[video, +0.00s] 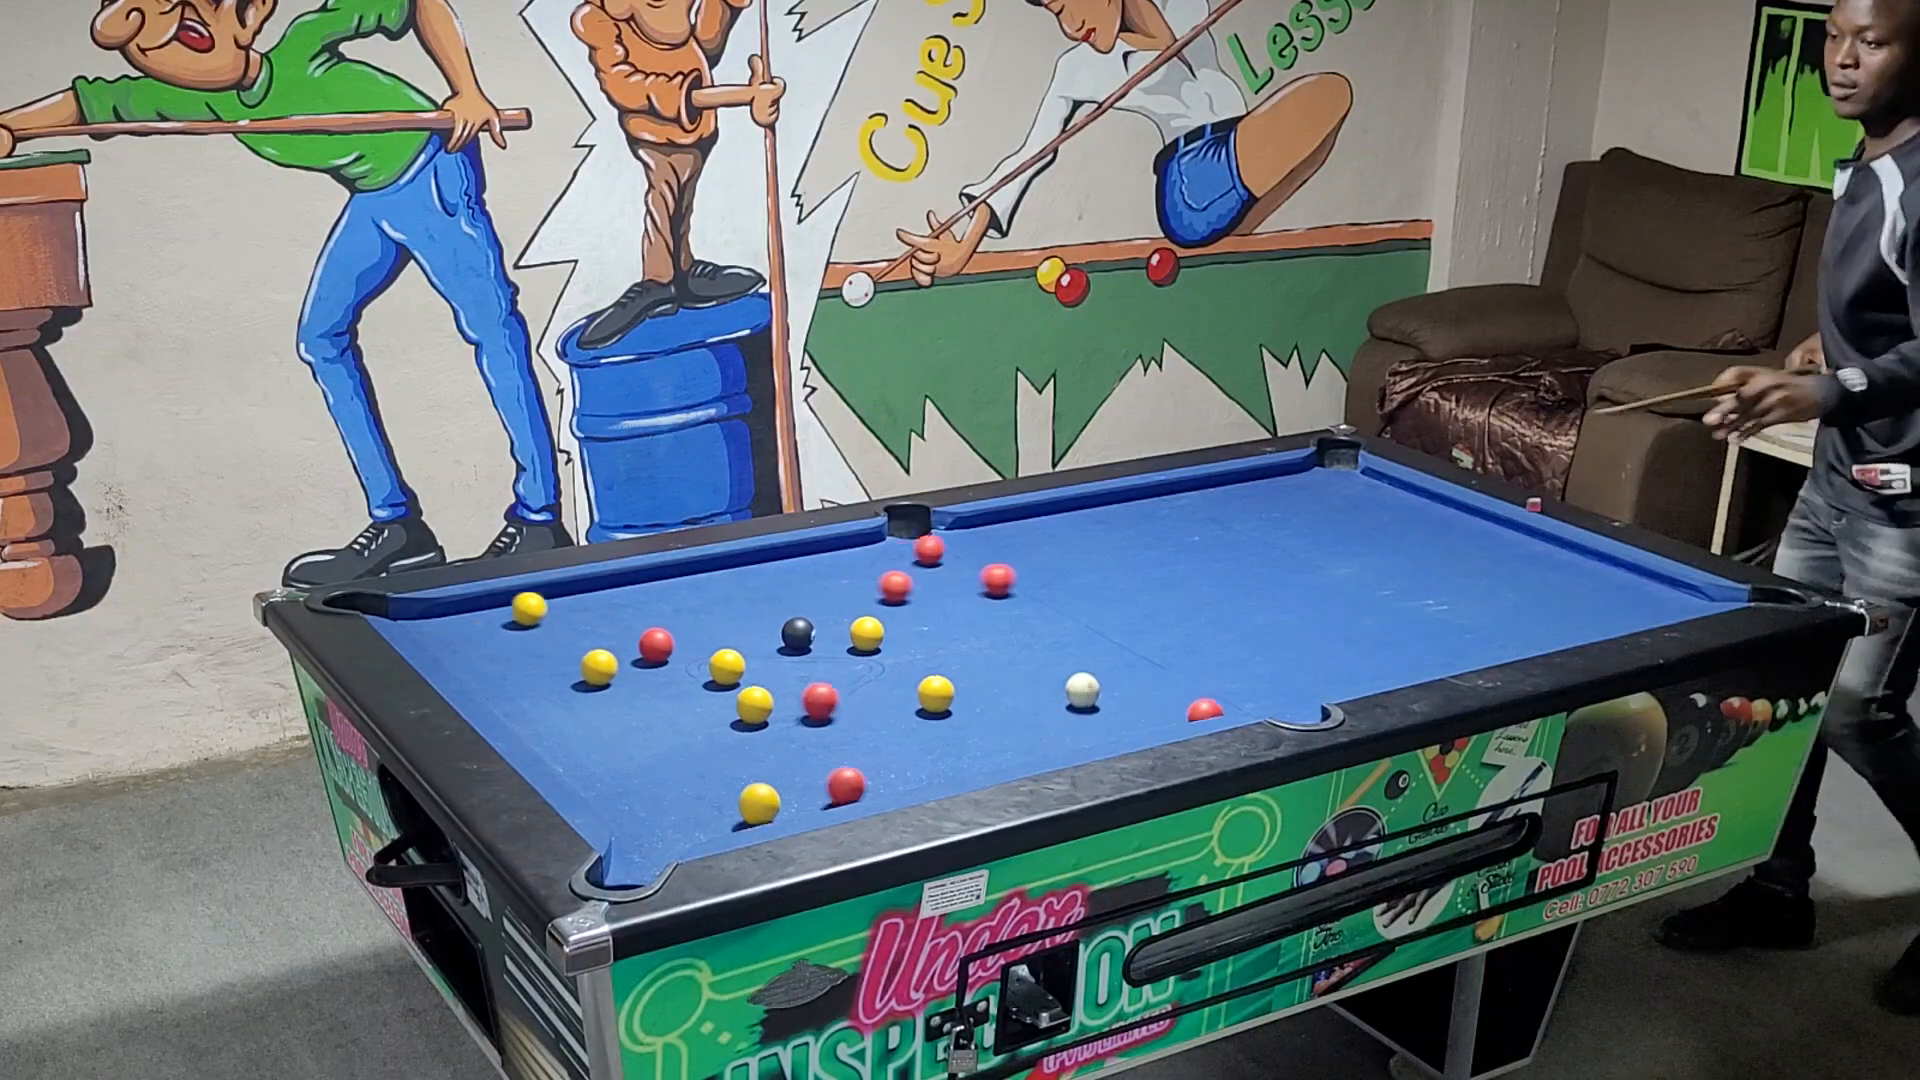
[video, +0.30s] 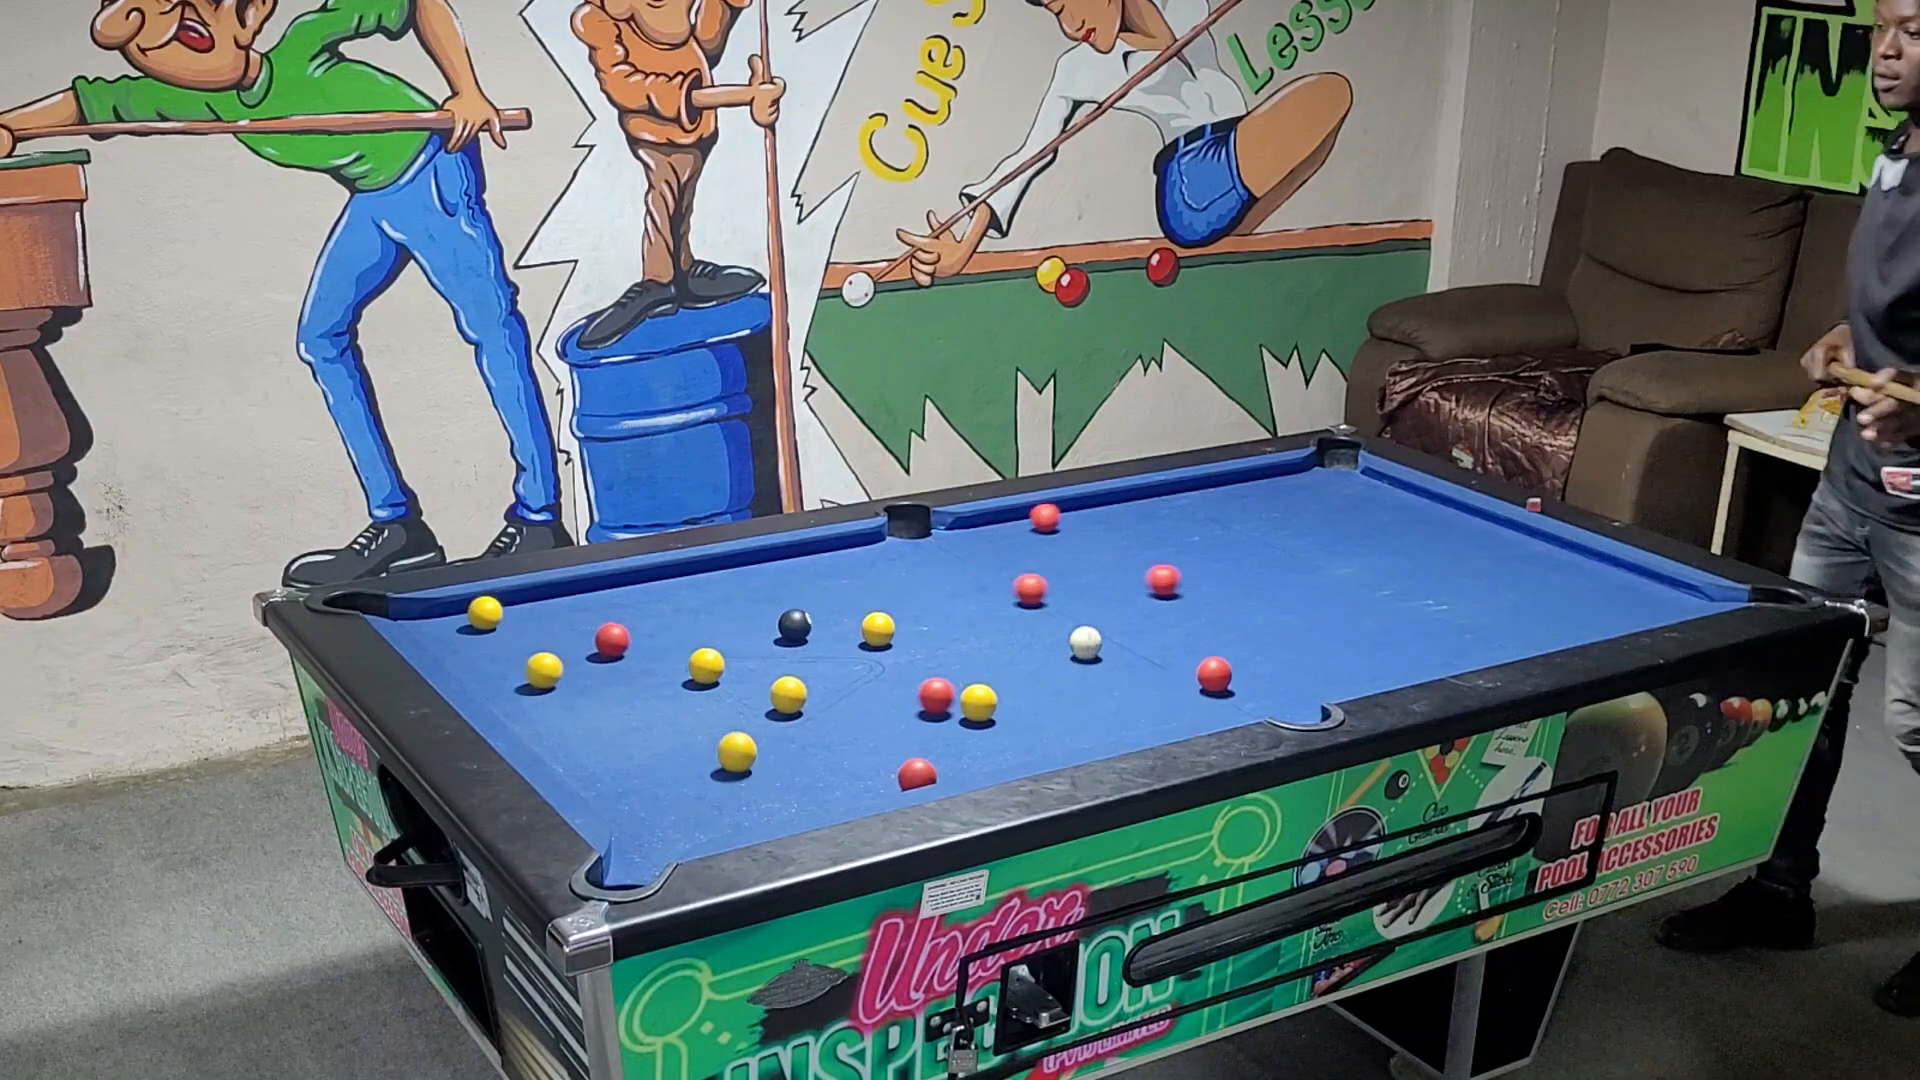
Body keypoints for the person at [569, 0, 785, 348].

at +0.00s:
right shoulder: (596, 19)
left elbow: (707, 47)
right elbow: (625, 88)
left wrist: (730, 6)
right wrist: (746, 95)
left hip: (694, 87)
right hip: (644, 103)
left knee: (688, 174)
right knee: (665, 174)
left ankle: (682, 268)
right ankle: (656, 281)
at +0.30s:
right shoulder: (596, 19)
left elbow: (707, 48)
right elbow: (626, 88)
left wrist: (730, 6)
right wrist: (747, 94)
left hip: (694, 87)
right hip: (644, 103)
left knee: (688, 174)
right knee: (666, 173)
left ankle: (682, 268)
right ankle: (656, 281)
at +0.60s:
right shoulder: (596, 19)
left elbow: (707, 48)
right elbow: (625, 88)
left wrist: (730, 6)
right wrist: (746, 94)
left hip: (695, 88)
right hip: (644, 103)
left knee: (688, 174)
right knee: (665, 173)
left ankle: (682, 269)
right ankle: (656, 282)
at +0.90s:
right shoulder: (596, 19)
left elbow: (707, 47)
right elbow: (626, 88)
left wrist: (729, 6)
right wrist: (747, 94)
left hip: (694, 87)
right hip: (644, 103)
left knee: (688, 174)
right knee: (666, 173)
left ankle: (682, 268)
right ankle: (656, 281)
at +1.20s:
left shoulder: (696, 6)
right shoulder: (596, 19)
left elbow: (707, 48)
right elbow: (625, 88)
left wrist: (729, 7)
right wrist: (747, 94)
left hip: (695, 89)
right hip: (644, 104)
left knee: (688, 174)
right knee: (666, 173)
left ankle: (682, 267)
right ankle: (657, 281)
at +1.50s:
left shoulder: (695, 6)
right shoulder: (596, 19)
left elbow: (707, 47)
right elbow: (625, 88)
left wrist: (730, 6)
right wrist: (746, 94)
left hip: (694, 88)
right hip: (644, 103)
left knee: (688, 174)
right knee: (665, 173)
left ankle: (682, 268)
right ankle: (657, 281)